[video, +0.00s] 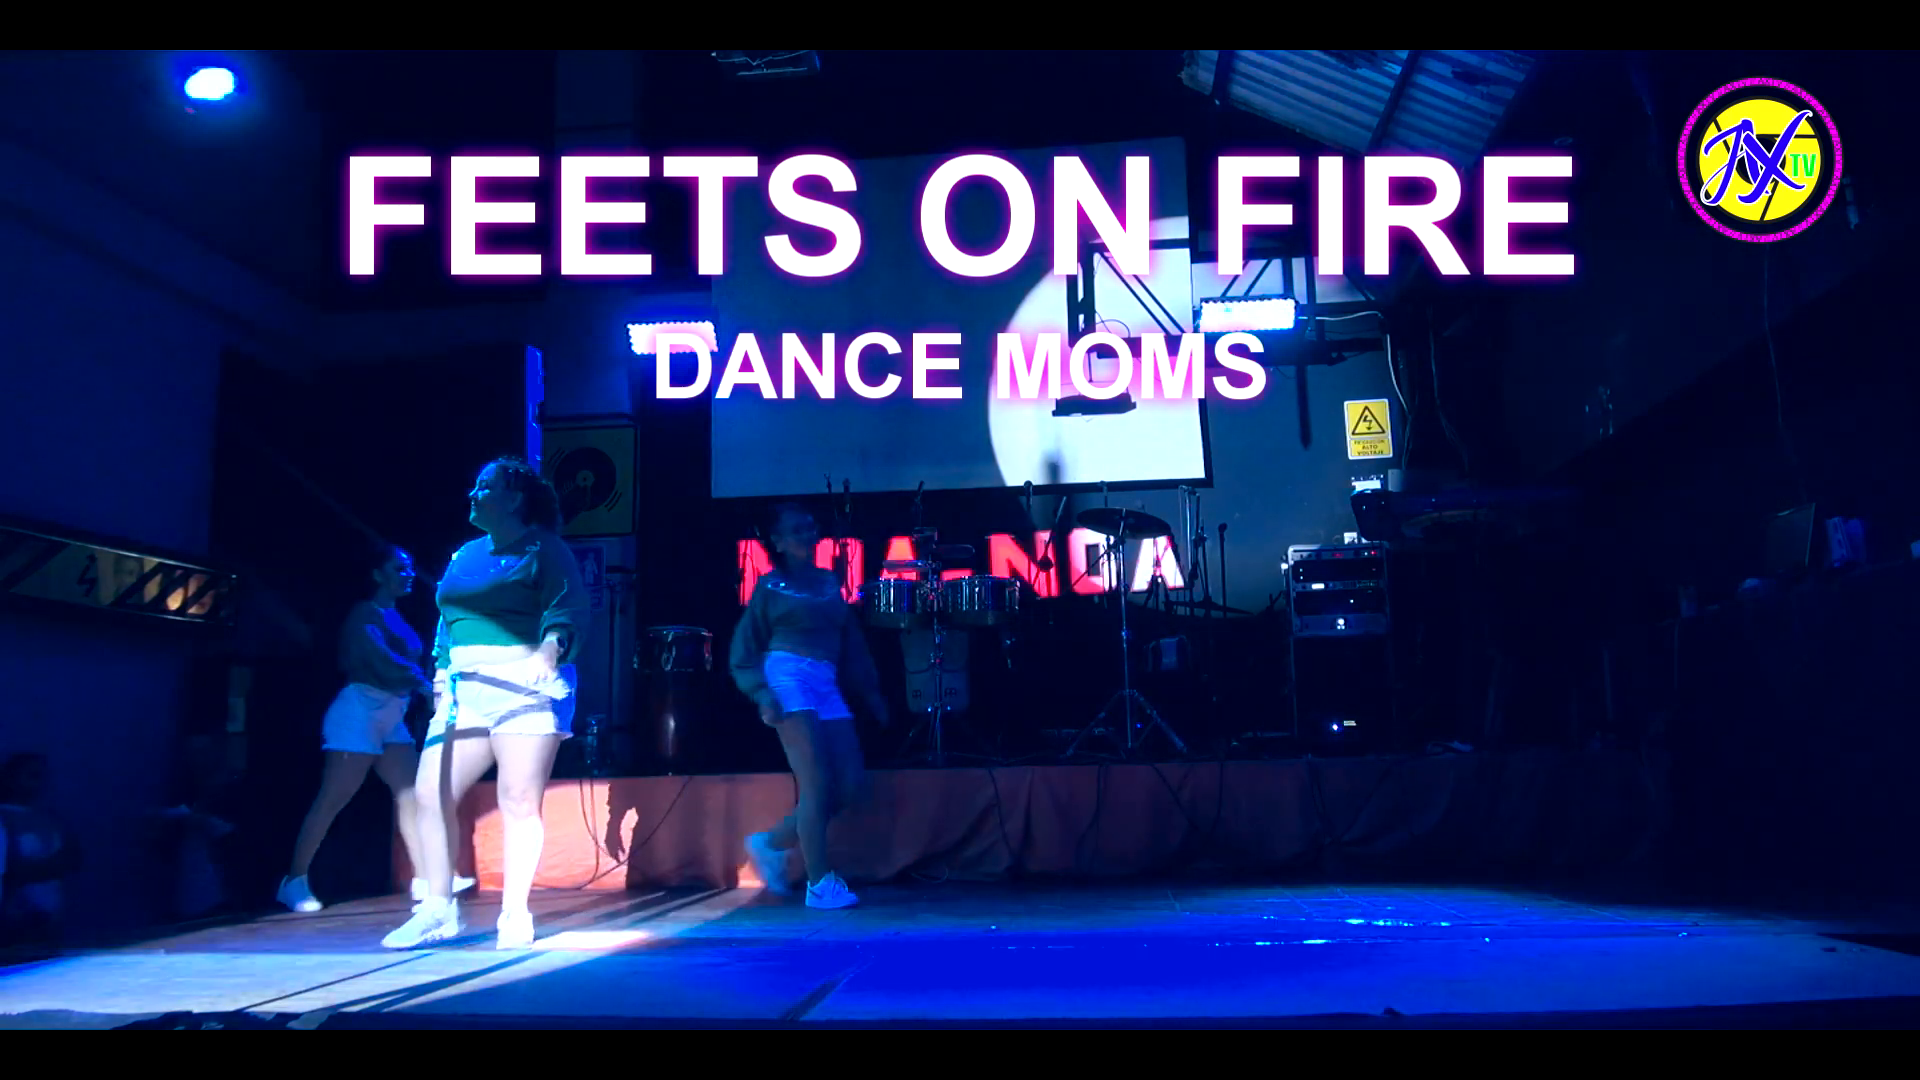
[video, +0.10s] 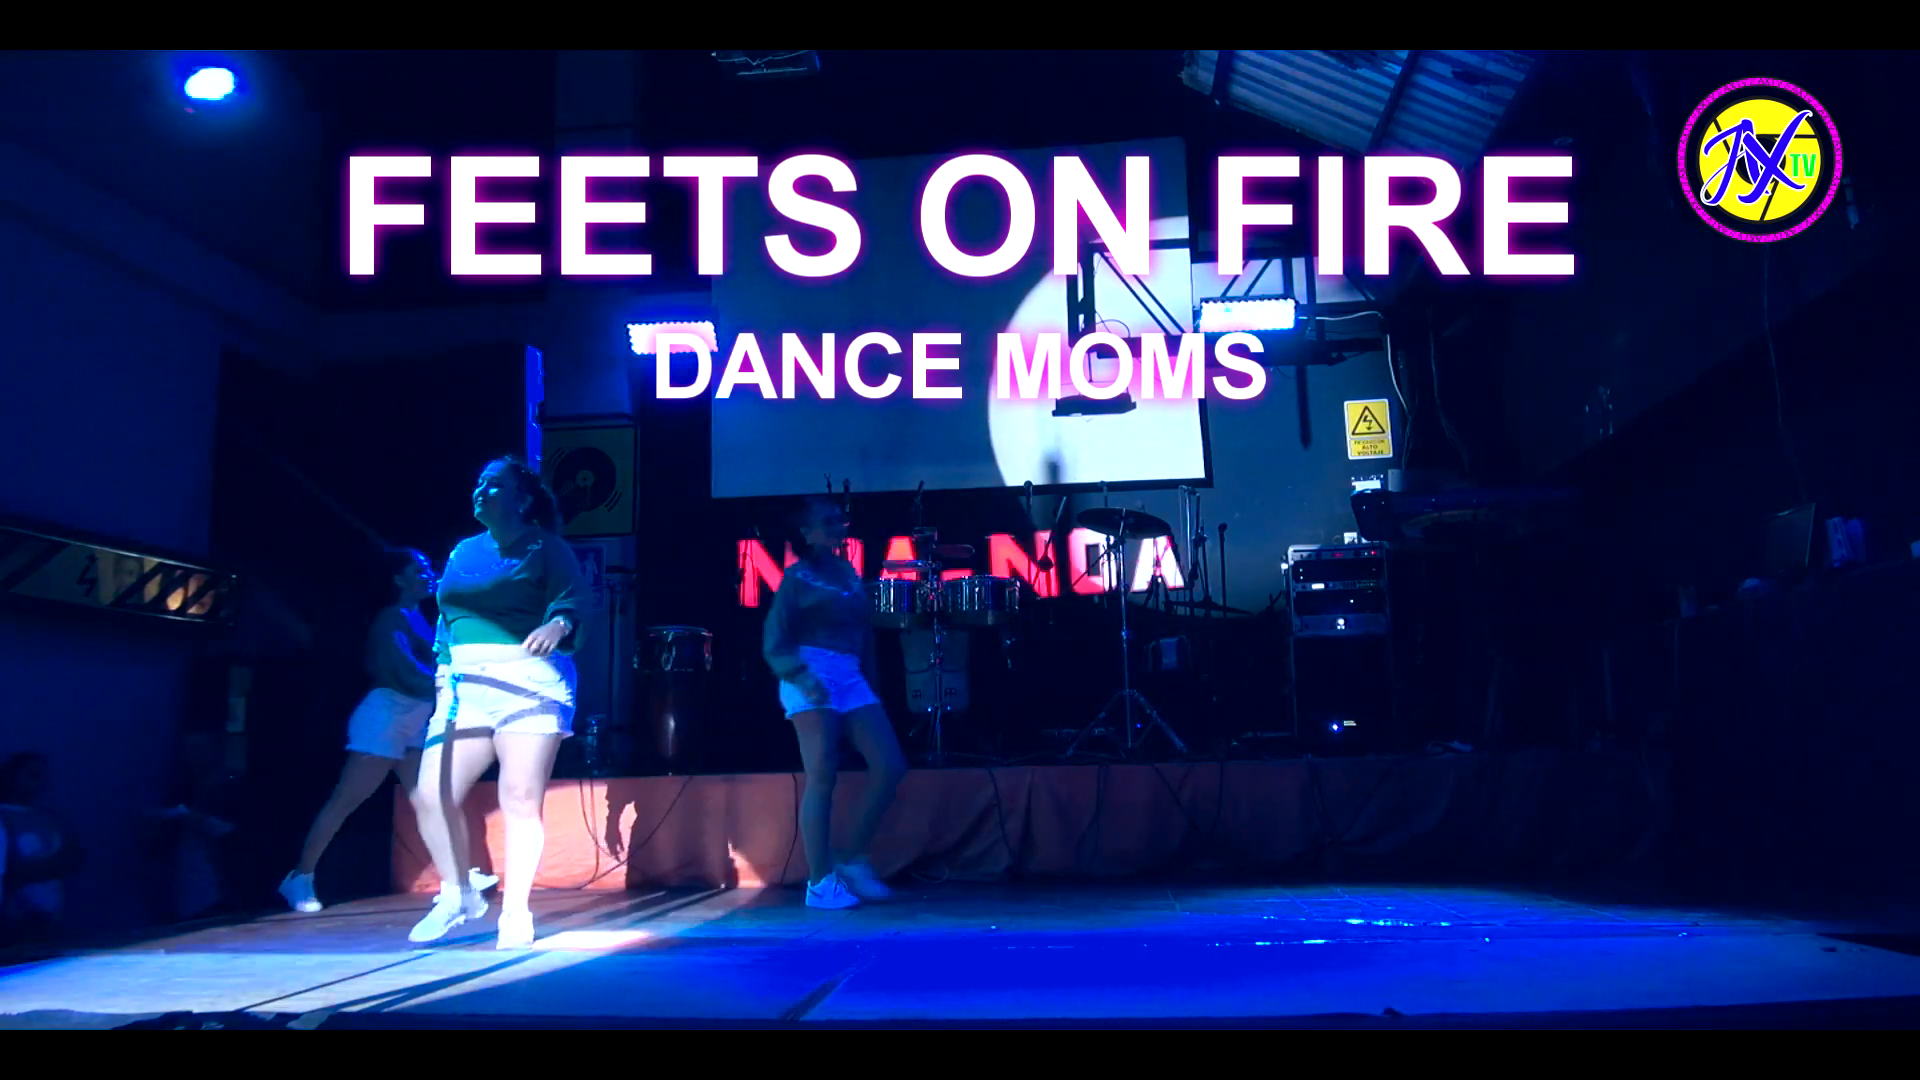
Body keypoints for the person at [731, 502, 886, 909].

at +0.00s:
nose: (807, 536)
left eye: (809, 529)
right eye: (796, 531)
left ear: (816, 533)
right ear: (778, 541)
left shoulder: (828, 583)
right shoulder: (770, 587)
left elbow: (850, 644)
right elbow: (741, 653)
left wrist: (870, 694)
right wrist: (762, 696)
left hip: (825, 677)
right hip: (786, 674)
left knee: (849, 783)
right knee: (814, 781)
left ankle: (769, 843)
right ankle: (819, 882)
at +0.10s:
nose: (840, 526)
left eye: (840, 519)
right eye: (829, 521)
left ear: (843, 526)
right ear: (807, 532)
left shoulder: (849, 576)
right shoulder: (797, 578)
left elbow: (863, 635)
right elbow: (773, 645)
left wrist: (866, 679)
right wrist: (802, 678)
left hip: (848, 673)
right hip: (807, 672)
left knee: (889, 764)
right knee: (821, 774)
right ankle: (819, 881)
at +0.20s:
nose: (869, 521)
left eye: (869, 515)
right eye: (859, 516)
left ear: (871, 523)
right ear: (836, 526)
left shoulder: (874, 572)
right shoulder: (822, 570)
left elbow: (882, 627)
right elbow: (805, 635)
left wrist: (910, 618)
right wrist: (843, 660)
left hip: (877, 676)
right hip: (832, 676)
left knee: (914, 765)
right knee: (828, 775)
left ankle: (926, 873)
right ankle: (821, 881)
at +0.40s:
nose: (919, 521)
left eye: (919, 514)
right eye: (908, 516)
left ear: (922, 522)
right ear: (886, 526)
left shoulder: (926, 570)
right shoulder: (877, 569)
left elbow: (937, 624)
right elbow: (867, 635)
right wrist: (897, 662)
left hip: (938, 672)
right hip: (896, 676)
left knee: (967, 768)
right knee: (902, 780)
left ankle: (961, 880)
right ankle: (843, 863)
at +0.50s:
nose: (936, 518)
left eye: (939, 511)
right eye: (926, 513)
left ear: (944, 520)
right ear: (905, 524)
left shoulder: (948, 570)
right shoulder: (898, 571)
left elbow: (960, 620)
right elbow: (893, 631)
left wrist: (988, 612)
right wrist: (909, 679)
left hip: (967, 670)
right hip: (926, 674)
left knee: (978, 779)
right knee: (952, 778)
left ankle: (961, 882)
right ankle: (885, 849)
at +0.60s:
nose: (947, 510)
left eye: (953, 503)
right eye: (937, 506)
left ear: (965, 510)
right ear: (923, 518)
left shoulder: (979, 561)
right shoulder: (918, 564)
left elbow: (997, 624)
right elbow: (909, 627)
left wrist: (1020, 673)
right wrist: (919, 686)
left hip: (989, 662)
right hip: (944, 663)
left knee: (991, 766)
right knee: (985, 759)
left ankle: (966, 872)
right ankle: (958, 868)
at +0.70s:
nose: (963, 505)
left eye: (970, 497)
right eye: (955, 500)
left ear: (986, 507)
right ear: (946, 514)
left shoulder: (1010, 555)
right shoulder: (938, 561)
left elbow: (1036, 614)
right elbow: (922, 628)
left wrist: (1067, 653)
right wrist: (933, 690)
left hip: (1011, 661)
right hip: (965, 659)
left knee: (983, 775)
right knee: (1011, 766)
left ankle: (961, 880)